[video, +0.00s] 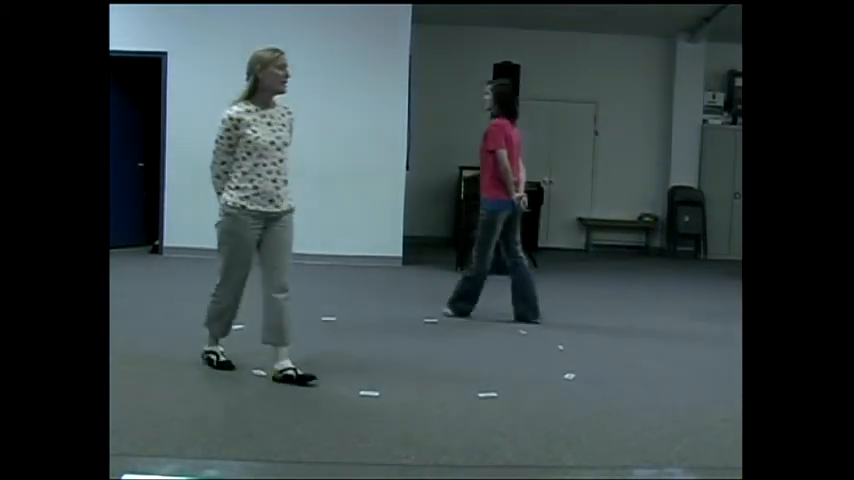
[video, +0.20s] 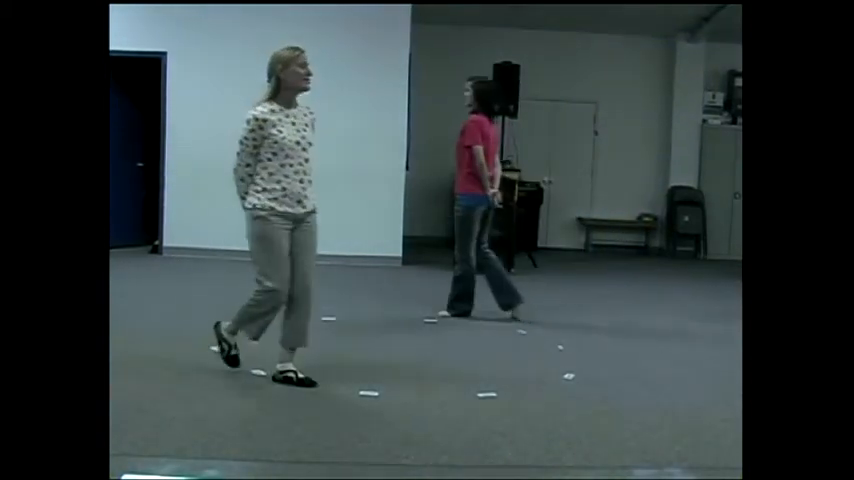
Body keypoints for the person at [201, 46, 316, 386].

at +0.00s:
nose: (287, 74)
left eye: (286, 68)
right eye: (279, 68)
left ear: (280, 75)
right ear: (258, 74)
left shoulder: (285, 115)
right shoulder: (236, 116)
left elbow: (278, 163)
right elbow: (219, 164)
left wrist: (264, 191)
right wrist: (227, 199)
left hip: (279, 211)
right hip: (241, 210)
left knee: (278, 286)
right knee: (232, 282)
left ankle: (282, 360)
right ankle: (214, 345)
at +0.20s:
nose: (309, 71)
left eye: (308, 66)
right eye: (301, 67)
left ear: (299, 75)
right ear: (281, 74)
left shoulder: (306, 115)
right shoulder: (260, 116)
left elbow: (297, 164)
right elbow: (243, 165)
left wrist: (275, 192)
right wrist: (250, 201)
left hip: (304, 211)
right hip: (268, 211)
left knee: (301, 289)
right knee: (275, 288)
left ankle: (286, 364)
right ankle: (229, 332)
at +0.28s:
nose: (315, 73)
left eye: (314, 68)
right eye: (308, 69)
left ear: (304, 77)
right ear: (287, 75)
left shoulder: (311, 118)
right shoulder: (267, 118)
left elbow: (303, 168)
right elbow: (249, 168)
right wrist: (254, 206)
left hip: (307, 212)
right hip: (273, 211)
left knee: (310, 289)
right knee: (291, 289)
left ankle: (286, 364)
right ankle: (240, 331)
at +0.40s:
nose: (329, 69)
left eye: (328, 64)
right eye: (322, 65)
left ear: (319, 72)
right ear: (301, 71)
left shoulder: (319, 114)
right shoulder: (283, 113)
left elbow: (311, 165)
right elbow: (262, 164)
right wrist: (264, 209)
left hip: (316, 207)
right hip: (287, 206)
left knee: (314, 284)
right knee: (318, 282)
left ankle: (287, 359)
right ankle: (283, 354)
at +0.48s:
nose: (336, 69)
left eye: (336, 63)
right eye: (329, 63)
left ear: (324, 71)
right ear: (308, 69)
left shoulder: (323, 110)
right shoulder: (294, 110)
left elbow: (316, 163)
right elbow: (271, 160)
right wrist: (269, 204)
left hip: (319, 207)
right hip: (295, 205)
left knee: (304, 286)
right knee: (326, 280)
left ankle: (285, 362)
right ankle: (314, 367)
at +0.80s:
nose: (368, 69)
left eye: (366, 64)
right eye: (360, 64)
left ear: (345, 72)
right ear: (340, 70)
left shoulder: (339, 112)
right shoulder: (335, 113)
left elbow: (325, 168)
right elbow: (319, 167)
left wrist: (315, 216)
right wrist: (312, 215)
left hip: (340, 211)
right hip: (345, 212)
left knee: (353, 295)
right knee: (368, 293)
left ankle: (300, 349)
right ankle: (369, 379)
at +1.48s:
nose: (374, 64)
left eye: (373, 59)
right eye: (368, 59)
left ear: (351, 65)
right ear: (348, 64)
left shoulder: (345, 105)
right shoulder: (332, 106)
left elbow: (318, 157)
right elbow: (306, 156)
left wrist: (302, 204)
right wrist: (299, 202)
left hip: (333, 204)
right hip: (326, 205)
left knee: (321, 287)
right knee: (352, 286)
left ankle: (285, 355)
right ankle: (346, 373)